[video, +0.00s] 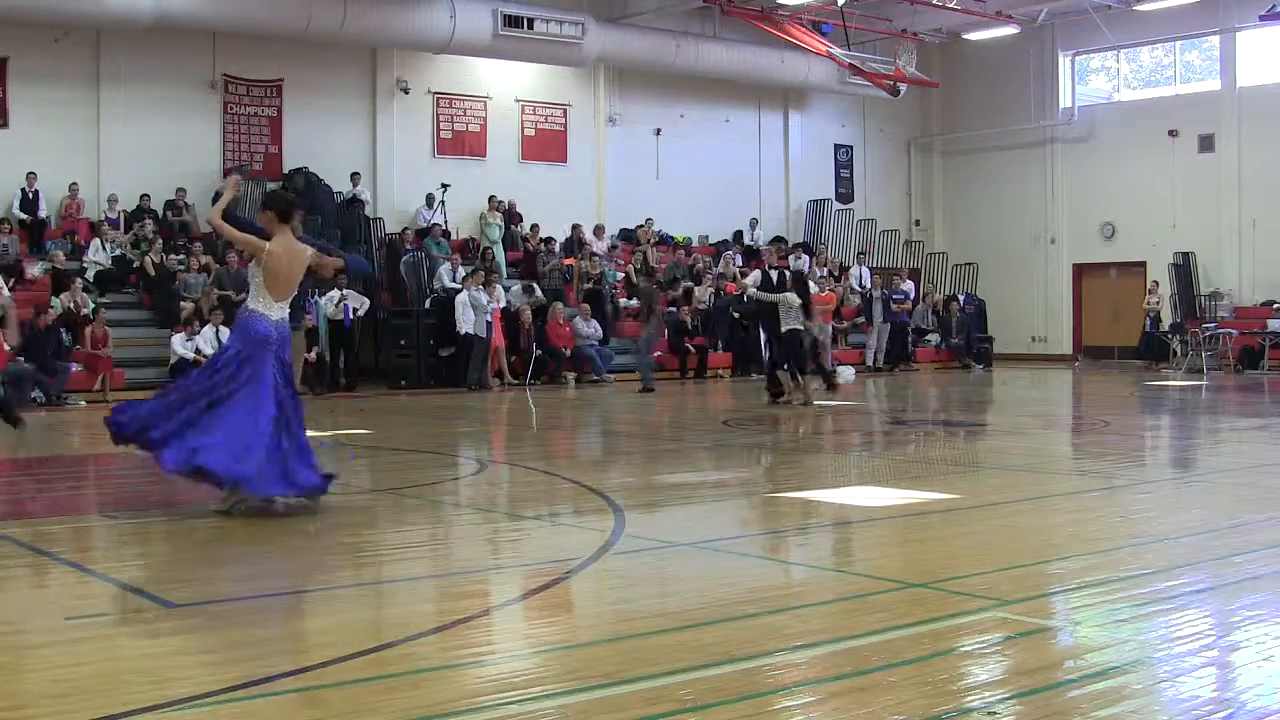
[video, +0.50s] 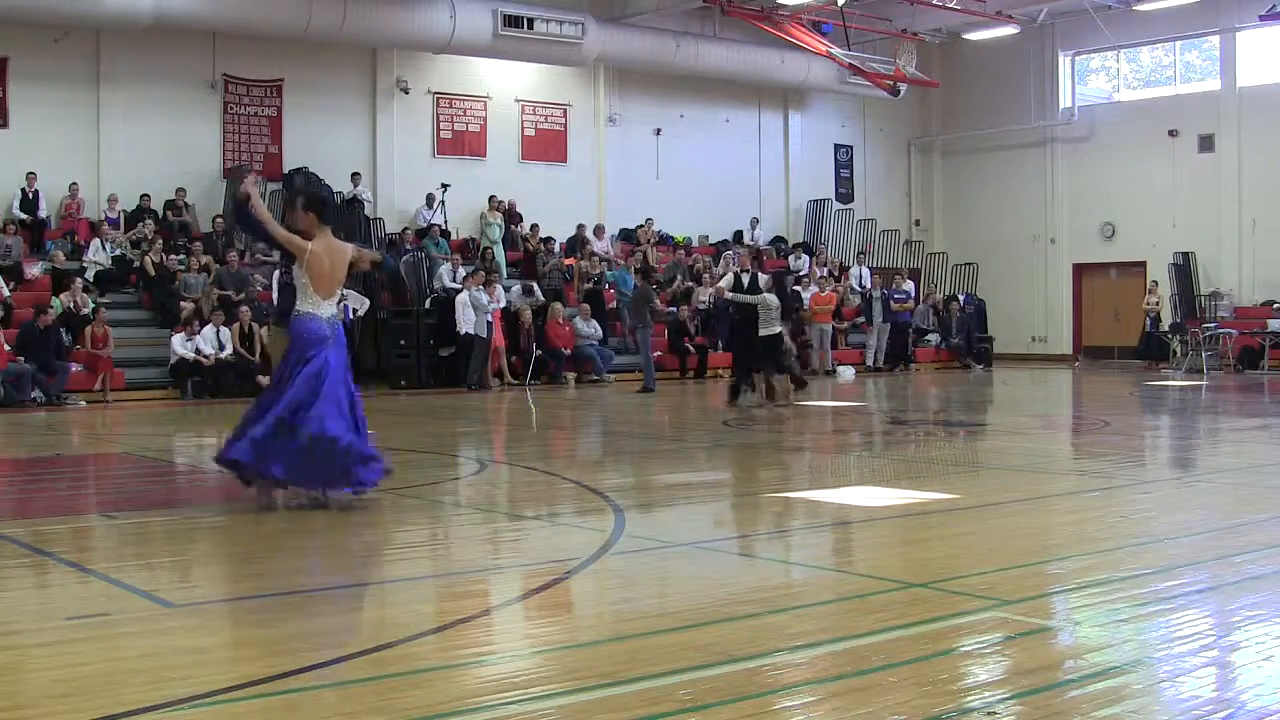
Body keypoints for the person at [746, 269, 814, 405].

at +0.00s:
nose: (787, 282)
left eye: (789, 280)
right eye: (788, 279)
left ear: (792, 282)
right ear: (802, 283)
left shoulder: (787, 297)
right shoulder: (801, 298)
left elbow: (767, 297)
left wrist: (748, 290)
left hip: (789, 332)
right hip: (800, 331)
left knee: (780, 364)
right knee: (801, 365)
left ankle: (789, 392)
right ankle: (807, 396)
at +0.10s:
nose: (783, 282)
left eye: (785, 280)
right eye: (784, 280)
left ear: (789, 283)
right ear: (798, 283)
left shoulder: (784, 297)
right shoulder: (798, 298)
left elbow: (765, 297)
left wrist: (747, 292)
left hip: (787, 333)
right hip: (796, 331)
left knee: (791, 366)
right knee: (796, 366)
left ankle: (796, 396)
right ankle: (805, 396)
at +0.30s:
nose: (775, 281)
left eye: (777, 279)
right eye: (776, 278)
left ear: (782, 282)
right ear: (786, 283)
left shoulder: (777, 297)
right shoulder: (785, 297)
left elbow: (756, 297)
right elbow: (759, 297)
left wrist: (735, 292)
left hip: (778, 334)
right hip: (785, 332)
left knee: (780, 368)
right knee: (784, 367)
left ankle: (785, 397)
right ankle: (785, 396)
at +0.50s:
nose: (764, 283)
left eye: (766, 281)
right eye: (765, 281)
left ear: (770, 284)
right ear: (776, 285)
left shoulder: (764, 298)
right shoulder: (777, 297)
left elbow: (745, 298)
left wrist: (725, 294)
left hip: (765, 335)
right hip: (777, 333)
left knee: (766, 366)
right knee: (778, 365)